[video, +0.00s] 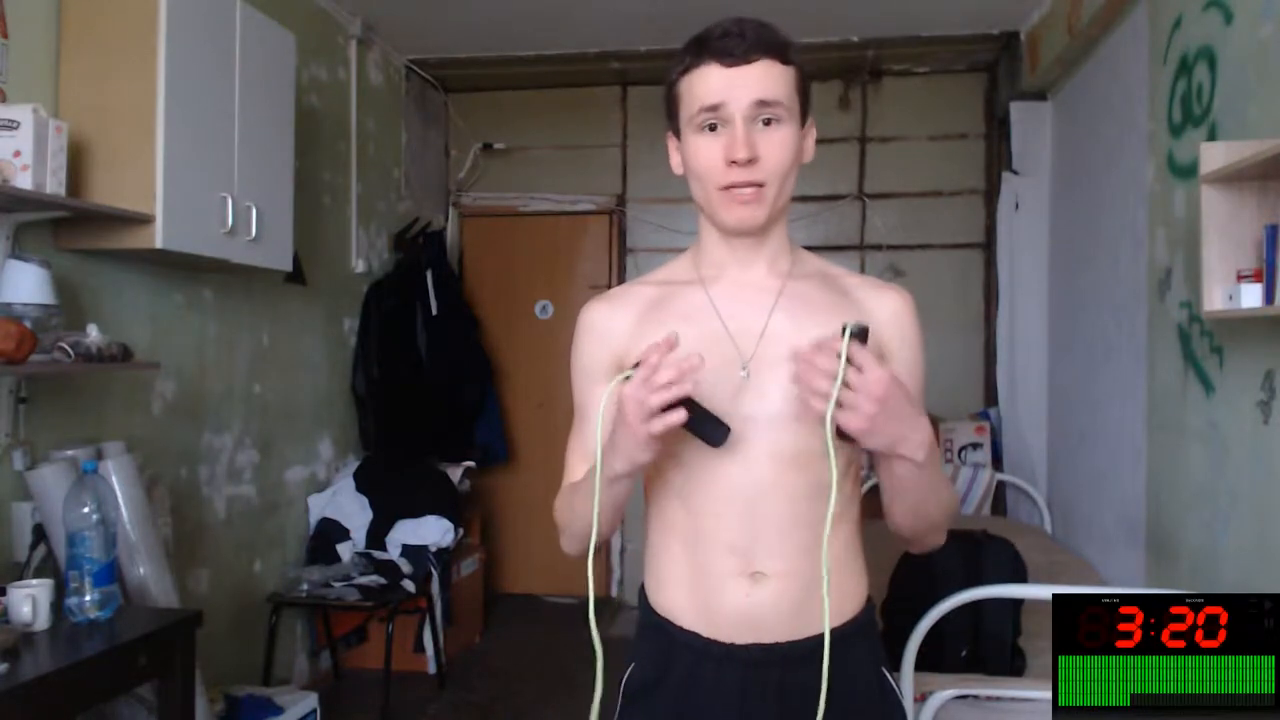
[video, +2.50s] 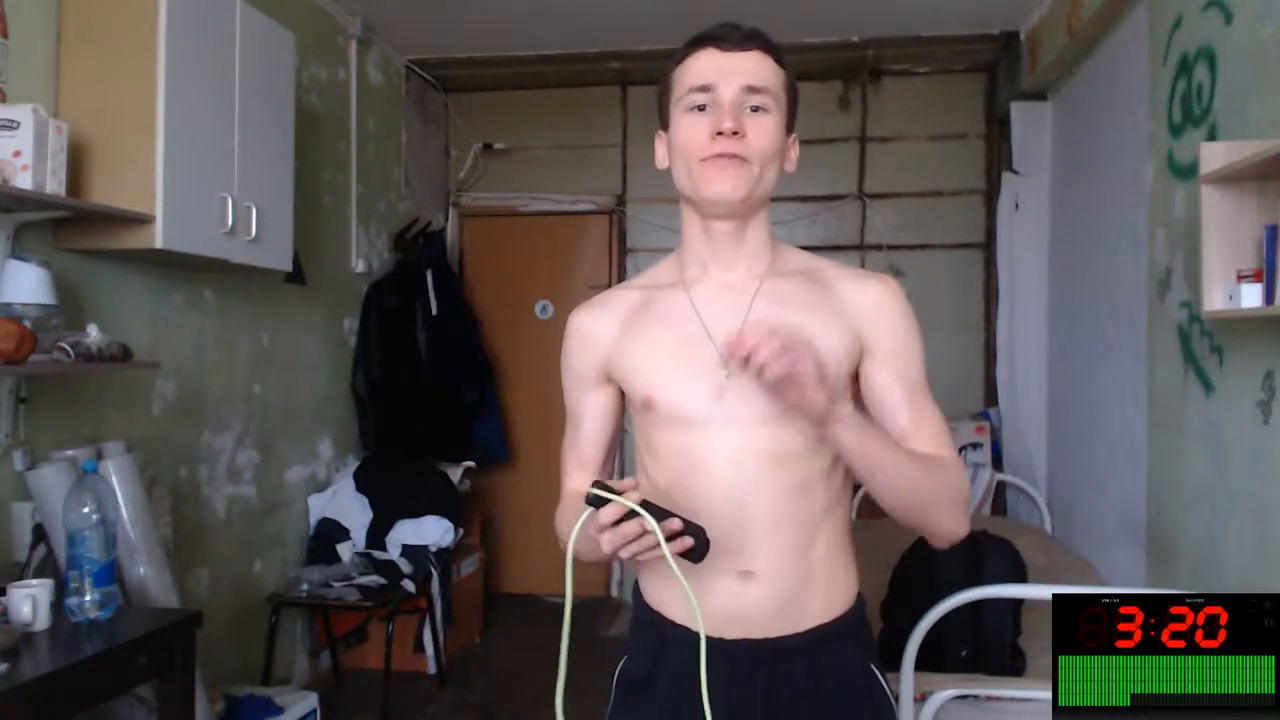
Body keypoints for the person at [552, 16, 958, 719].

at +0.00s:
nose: (740, 150)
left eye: (767, 120)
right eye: (712, 125)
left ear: (806, 143)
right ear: (676, 154)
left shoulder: (879, 312)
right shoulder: (614, 321)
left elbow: (923, 532)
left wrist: (910, 444)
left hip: (836, 672)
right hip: (677, 671)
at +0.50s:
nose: (727, 176)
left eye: (756, 141)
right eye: (701, 145)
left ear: (806, 146)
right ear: (674, 156)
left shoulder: (879, 314)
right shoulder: (614, 323)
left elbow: (925, 532)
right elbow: (579, 529)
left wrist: (904, 477)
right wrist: (615, 500)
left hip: (835, 675)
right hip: (676, 678)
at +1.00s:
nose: (728, 152)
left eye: (753, 121)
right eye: (699, 129)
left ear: (799, 139)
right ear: (670, 159)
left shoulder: (879, 314)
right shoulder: (613, 324)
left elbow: (935, 530)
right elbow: (581, 514)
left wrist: (876, 482)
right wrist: (605, 516)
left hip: (828, 674)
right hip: (672, 672)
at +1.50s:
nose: (713, 144)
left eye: (737, 115)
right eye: (682, 125)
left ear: (779, 140)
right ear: (654, 163)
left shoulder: (870, 310)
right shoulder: (607, 332)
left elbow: (932, 516)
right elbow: (587, 498)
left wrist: (835, 504)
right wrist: (581, 527)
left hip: (825, 677)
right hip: (667, 676)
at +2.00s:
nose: (704, 130)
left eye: (731, 108)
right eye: (677, 115)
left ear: (774, 144)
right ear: (648, 159)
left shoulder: (865, 307)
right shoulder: (604, 332)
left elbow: (924, 514)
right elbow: (577, 521)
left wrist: (798, 499)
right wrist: (638, 543)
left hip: (820, 676)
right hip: (665, 678)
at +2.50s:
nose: (726, 124)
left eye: (755, 108)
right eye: (700, 105)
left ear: (789, 152)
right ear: (662, 147)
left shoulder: (868, 303)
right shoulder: (603, 327)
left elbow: (948, 517)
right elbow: (573, 506)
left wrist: (833, 415)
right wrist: (602, 536)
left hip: (826, 669)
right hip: (671, 670)